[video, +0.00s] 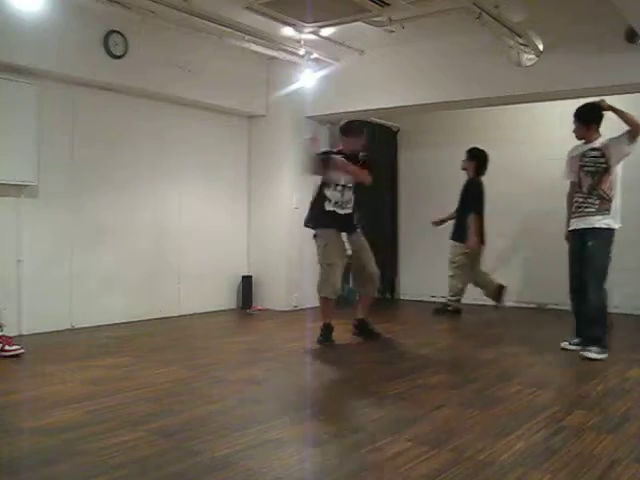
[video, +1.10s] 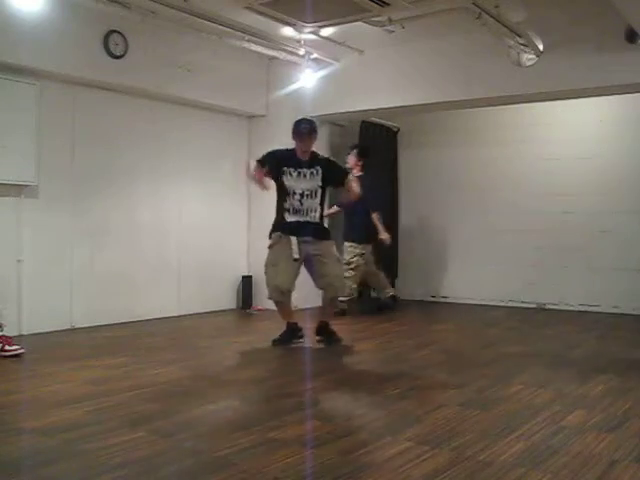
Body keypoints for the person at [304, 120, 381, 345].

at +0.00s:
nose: (362, 146)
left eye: (362, 141)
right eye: (359, 141)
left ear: (360, 141)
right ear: (347, 139)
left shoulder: (360, 161)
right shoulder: (328, 157)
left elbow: (367, 179)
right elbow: (315, 168)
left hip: (349, 222)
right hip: (325, 221)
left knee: (369, 271)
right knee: (332, 269)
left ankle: (361, 321)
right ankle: (326, 326)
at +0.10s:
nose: (364, 146)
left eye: (365, 142)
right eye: (361, 141)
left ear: (364, 144)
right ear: (350, 141)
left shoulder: (361, 163)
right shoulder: (330, 154)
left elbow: (379, 179)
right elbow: (329, 159)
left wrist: (360, 161)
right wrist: (352, 153)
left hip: (351, 228)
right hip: (329, 227)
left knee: (372, 277)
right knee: (333, 281)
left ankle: (361, 322)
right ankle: (326, 328)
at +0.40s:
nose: (354, 137)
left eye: (355, 132)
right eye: (350, 132)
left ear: (353, 133)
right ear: (339, 133)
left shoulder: (355, 157)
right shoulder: (324, 149)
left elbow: (373, 186)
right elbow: (308, 169)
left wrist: (361, 179)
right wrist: (339, 174)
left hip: (350, 226)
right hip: (329, 226)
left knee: (354, 279)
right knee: (331, 278)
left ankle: (355, 324)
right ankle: (308, 325)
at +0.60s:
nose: (343, 132)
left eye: (343, 128)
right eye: (340, 129)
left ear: (338, 130)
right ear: (329, 130)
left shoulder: (348, 150)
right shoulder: (311, 145)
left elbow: (357, 176)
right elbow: (289, 164)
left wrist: (354, 177)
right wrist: (308, 171)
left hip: (343, 223)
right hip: (315, 223)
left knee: (351, 275)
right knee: (316, 276)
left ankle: (353, 325)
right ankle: (304, 327)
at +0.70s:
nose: (331, 135)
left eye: (333, 129)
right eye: (327, 131)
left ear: (335, 129)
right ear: (317, 131)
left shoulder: (345, 155)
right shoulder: (302, 150)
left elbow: (354, 182)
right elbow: (287, 174)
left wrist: (353, 206)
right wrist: (295, 198)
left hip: (336, 226)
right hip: (307, 227)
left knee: (349, 278)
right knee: (303, 276)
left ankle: (350, 325)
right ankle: (300, 326)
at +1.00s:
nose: (310, 150)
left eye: (314, 145)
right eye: (306, 145)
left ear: (320, 140)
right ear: (299, 140)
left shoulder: (329, 167)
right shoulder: (284, 162)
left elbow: (349, 189)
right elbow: (264, 183)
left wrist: (363, 209)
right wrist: (262, 200)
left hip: (320, 238)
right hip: (289, 237)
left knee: (335, 287)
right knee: (276, 285)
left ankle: (335, 327)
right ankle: (293, 328)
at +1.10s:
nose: (304, 146)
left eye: (308, 142)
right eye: (300, 142)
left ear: (315, 140)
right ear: (294, 139)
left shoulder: (324, 164)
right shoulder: (279, 158)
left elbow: (348, 182)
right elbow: (257, 168)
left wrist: (352, 191)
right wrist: (260, 179)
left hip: (317, 236)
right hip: (285, 236)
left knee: (335, 284)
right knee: (277, 286)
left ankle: (323, 326)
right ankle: (291, 327)